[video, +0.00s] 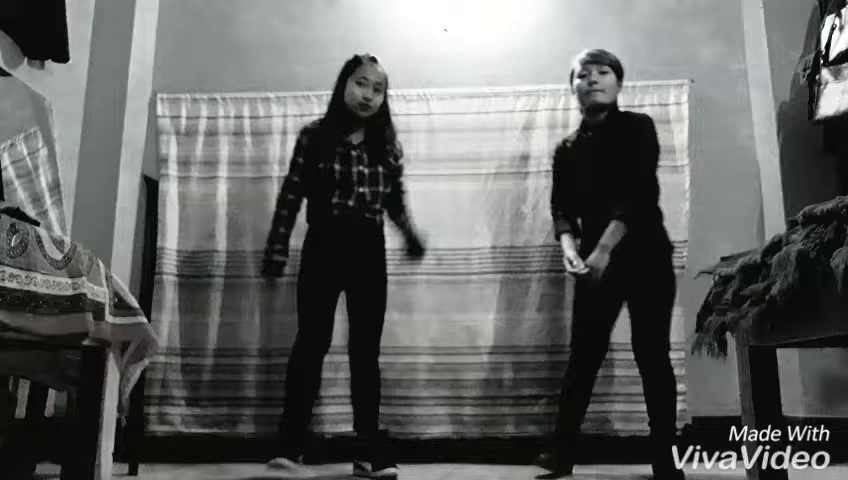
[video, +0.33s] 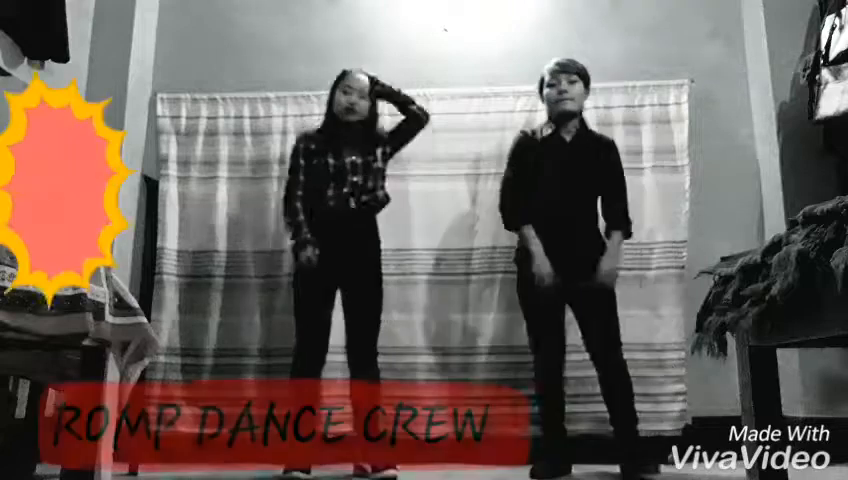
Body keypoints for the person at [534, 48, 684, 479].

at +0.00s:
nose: (589, 78)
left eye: (599, 72)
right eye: (582, 74)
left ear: (618, 84)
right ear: (574, 88)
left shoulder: (638, 126)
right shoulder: (568, 149)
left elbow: (637, 195)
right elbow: (563, 207)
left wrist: (604, 248)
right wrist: (569, 248)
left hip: (645, 257)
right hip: (596, 261)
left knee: (652, 357)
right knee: (583, 357)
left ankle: (664, 458)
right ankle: (561, 453)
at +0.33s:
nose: (558, 89)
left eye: (567, 83)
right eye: (551, 84)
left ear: (585, 93)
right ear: (543, 97)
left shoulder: (601, 148)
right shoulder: (527, 147)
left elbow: (616, 209)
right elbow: (513, 205)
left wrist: (612, 257)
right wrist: (537, 252)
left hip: (589, 265)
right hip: (539, 266)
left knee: (609, 359)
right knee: (548, 363)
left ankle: (630, 453)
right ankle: (552, 455)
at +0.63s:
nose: (575, 90)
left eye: (583, 84)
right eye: (565, 86)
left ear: (598, 96)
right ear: (553, 101)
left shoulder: (619, 147)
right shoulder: (547, 153)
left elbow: (641, 206)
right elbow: (536, 217)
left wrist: (664, 255)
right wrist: (545, 269)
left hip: (624, 270)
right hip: (572, 273)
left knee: (637, 365)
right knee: (562, 368)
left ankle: (645, 458)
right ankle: (556, 459)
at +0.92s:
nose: (576, 91)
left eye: (586, 83)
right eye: (571, 86)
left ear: (608, 91)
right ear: (567, 98)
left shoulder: (629, 133)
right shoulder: (561, 155)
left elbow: (633, 188)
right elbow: (560, 215)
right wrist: (565, 258)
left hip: (628, 264)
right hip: (580, 266)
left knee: (634, 359)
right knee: (559, 358)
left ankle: (644, 457)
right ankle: (540, 453)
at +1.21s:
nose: (538, 104)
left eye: (548, 97)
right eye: (534, 97)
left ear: (570, 102)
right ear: (529, 103)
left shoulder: (590, 152)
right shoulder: (512, 151)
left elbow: (605, 206)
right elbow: (481, 199)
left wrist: (615, 230)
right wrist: (504, 201)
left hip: (575, 269)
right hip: (525, 270)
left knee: (590, 359)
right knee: (529, 362)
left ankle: (607, 453)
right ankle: (529, 453)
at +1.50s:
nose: (549, 94)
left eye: (559, 87)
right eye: (541, 88)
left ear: (574, 95)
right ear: (530, 96)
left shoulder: (582, 148)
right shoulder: (515, 140)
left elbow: (584, 212)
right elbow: (493, 193)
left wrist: (619, 212)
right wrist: (539, 175)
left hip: (581, 263)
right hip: (532, 265)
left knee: (597, 359)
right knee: (536, 363)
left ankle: (610, 456)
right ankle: (533, 455)